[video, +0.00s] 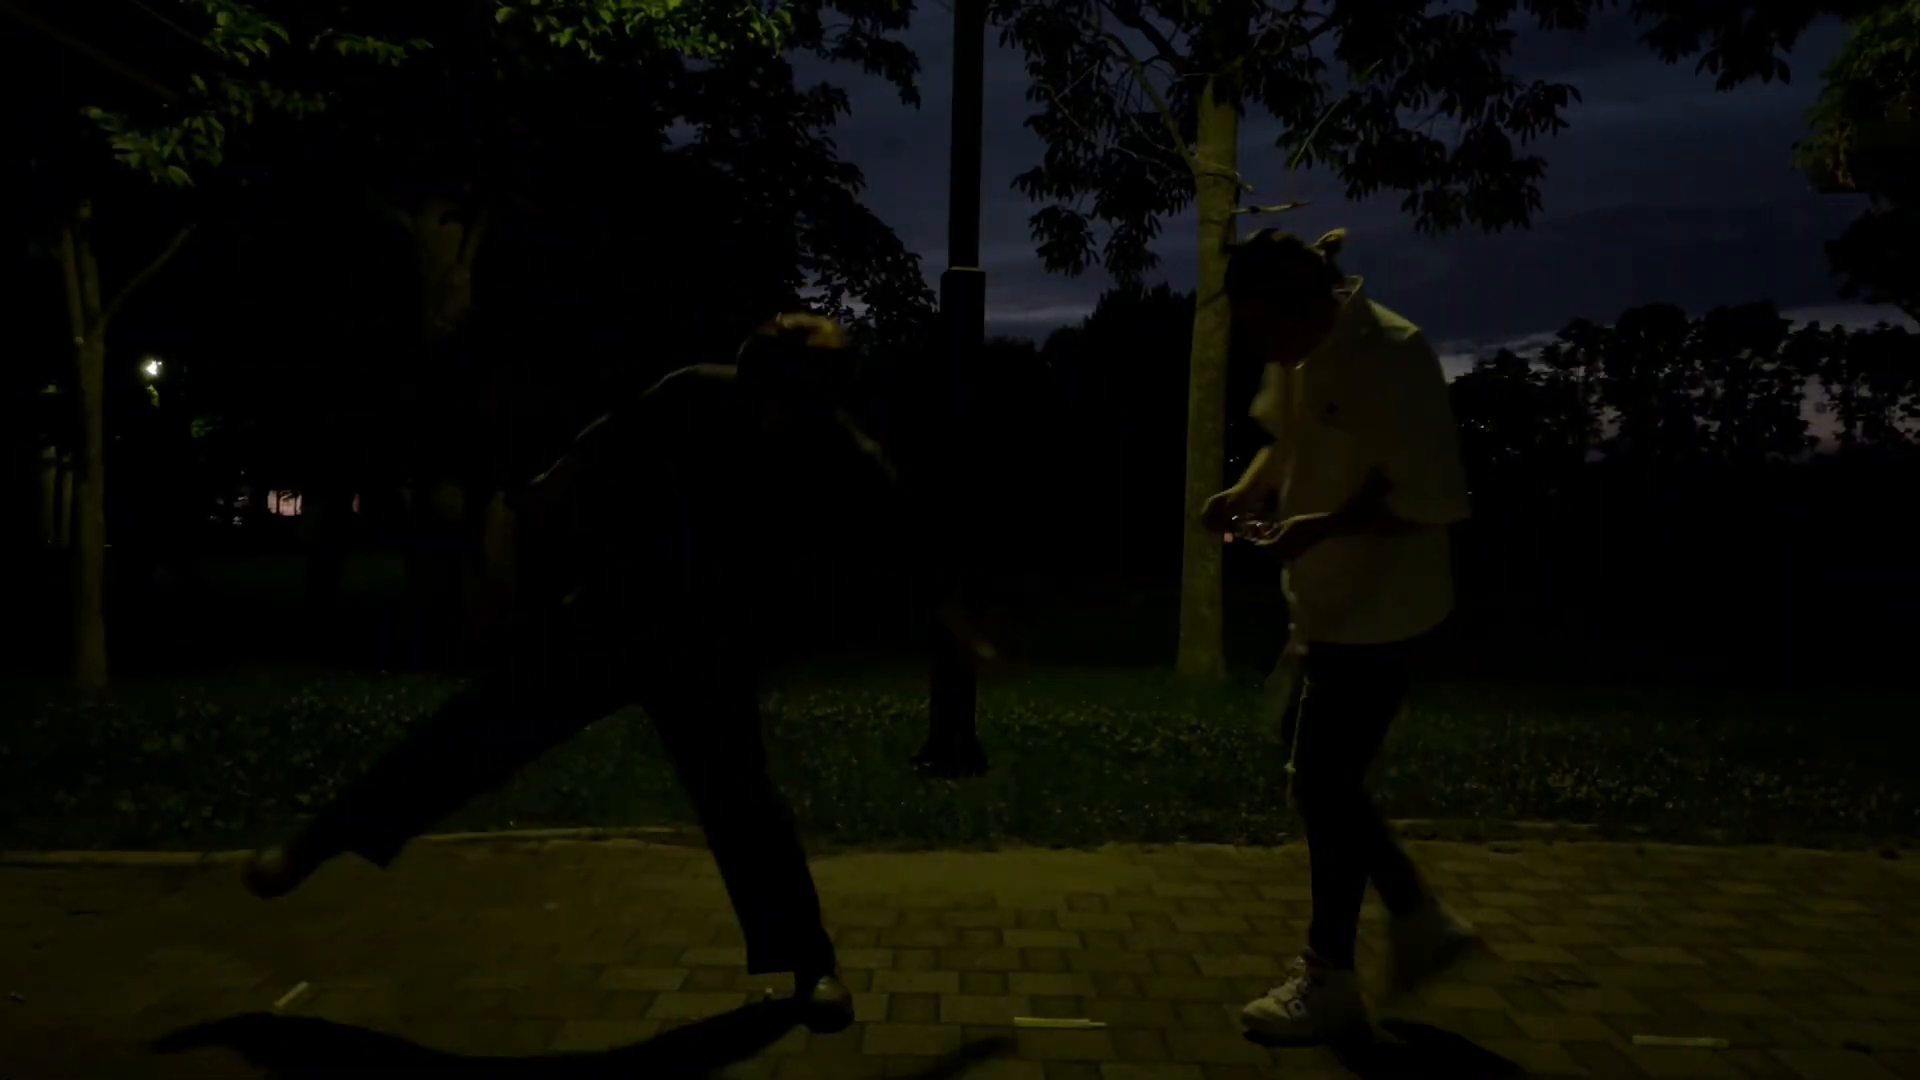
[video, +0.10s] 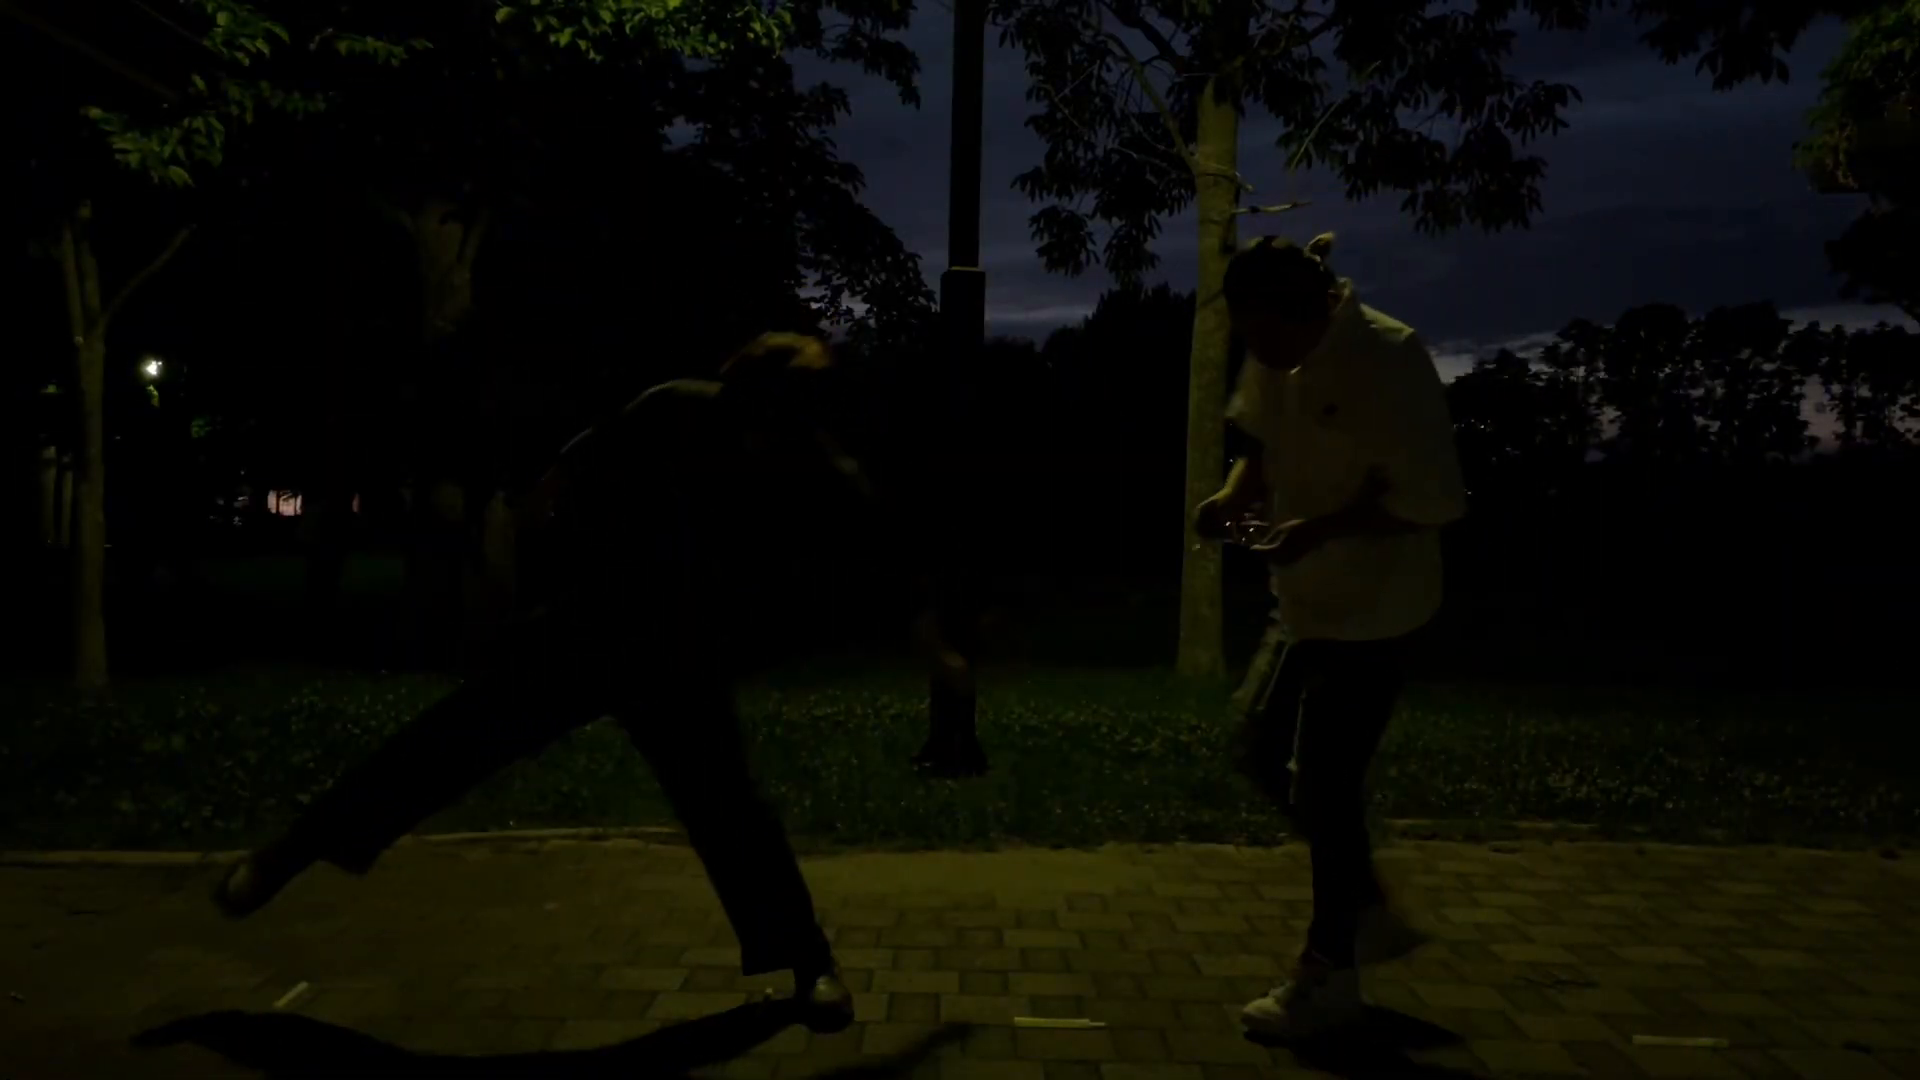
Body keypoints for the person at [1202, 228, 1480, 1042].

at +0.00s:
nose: (1262, 340)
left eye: (1267, 322)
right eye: (1254, 324)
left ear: (1300, 303)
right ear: (1274, 309)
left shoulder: (1392, 354)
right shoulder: (1303, 350)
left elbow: (1430, 497)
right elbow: (1288, 445)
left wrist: (1319, 526)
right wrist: (1242, 496)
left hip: (1386, 615)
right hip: (1328, 611)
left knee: (1328, 781)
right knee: (1320, 776)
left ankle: (1329, 979)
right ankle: (1421, 922)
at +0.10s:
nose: (1258, 348)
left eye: (1267, 331)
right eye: (1250, 333)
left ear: (1304, 309)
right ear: (1249, 318)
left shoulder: (1389, 354)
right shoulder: (1274, 348)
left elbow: (1430, 498)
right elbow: (1258, 445)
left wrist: (1316, 528)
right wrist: (1231, 498)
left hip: (1375, 614)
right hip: (1305, 607)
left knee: (1331, 786)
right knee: (1259, 752)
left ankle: (1329, 981)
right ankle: (1372, 915)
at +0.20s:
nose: (1253, 356)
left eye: (1266, 340)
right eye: (1246, 340)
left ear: (1307, 320)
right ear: (1241, 325)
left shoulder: (1385, 362)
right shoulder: (1239, 352)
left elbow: (1426, 498)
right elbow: (1227, 445)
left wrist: (1323, 540)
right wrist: (1223, 505)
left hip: (1367, 609)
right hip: (1280, 601)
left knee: (1334, 777)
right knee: (1240, 748)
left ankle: (1332, 971)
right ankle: (1262, 926)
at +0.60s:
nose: (1292, 420)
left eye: (1307, 403)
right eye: (1280, 402)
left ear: (1332, 379)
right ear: (1254, 378)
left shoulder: (1375, 398)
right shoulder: (1203, 396)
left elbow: (1398, 513)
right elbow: (1159, 507)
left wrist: (1347, 604)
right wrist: (1219, 599)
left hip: (1337, 616)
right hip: (1231, 616)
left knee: (1350, 781)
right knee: (1216, 771)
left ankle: (1361, 955)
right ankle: (1205, 943)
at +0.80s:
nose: (1356, 462)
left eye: (1369, 445)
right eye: (1345, 445)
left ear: (1389, 425)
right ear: (1315, 420)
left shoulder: (1413, 441)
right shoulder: (1242, 440)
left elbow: (1426, 556)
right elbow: (1205, 561)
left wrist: (1410, 645)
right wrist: (1262, 657)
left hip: (1362, 627)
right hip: (1252, 624)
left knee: (1416, 782)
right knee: (1216, 775)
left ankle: (1474, 954)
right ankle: (1206, 947)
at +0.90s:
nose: (1395, 496)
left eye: (1406, 481)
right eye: (1385, 479)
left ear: (1424, 459)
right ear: (1354, 455)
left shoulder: (1437, 465)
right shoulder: (1278, 458)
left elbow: (1447, 587)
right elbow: (1229, 593)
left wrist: (1435, 691)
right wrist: (1297, 711)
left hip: (1378, 631)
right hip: (1271, 629)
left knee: (1434, 788)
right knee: (1222, 770)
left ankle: (1494, 957)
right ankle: (1206, 947)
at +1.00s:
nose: (1448, 552)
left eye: (1462, 539)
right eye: (1441, 536)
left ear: (1480, 514)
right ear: (1408, 507)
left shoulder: (1490, 517)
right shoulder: (1334, 502)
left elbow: (1505, 639)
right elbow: (1281, 638)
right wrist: (1334, 785)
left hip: (1414, 632)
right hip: (1299, 624)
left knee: (1473, 789)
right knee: (1231, 760)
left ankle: (1511, 964)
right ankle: (1200, 942)